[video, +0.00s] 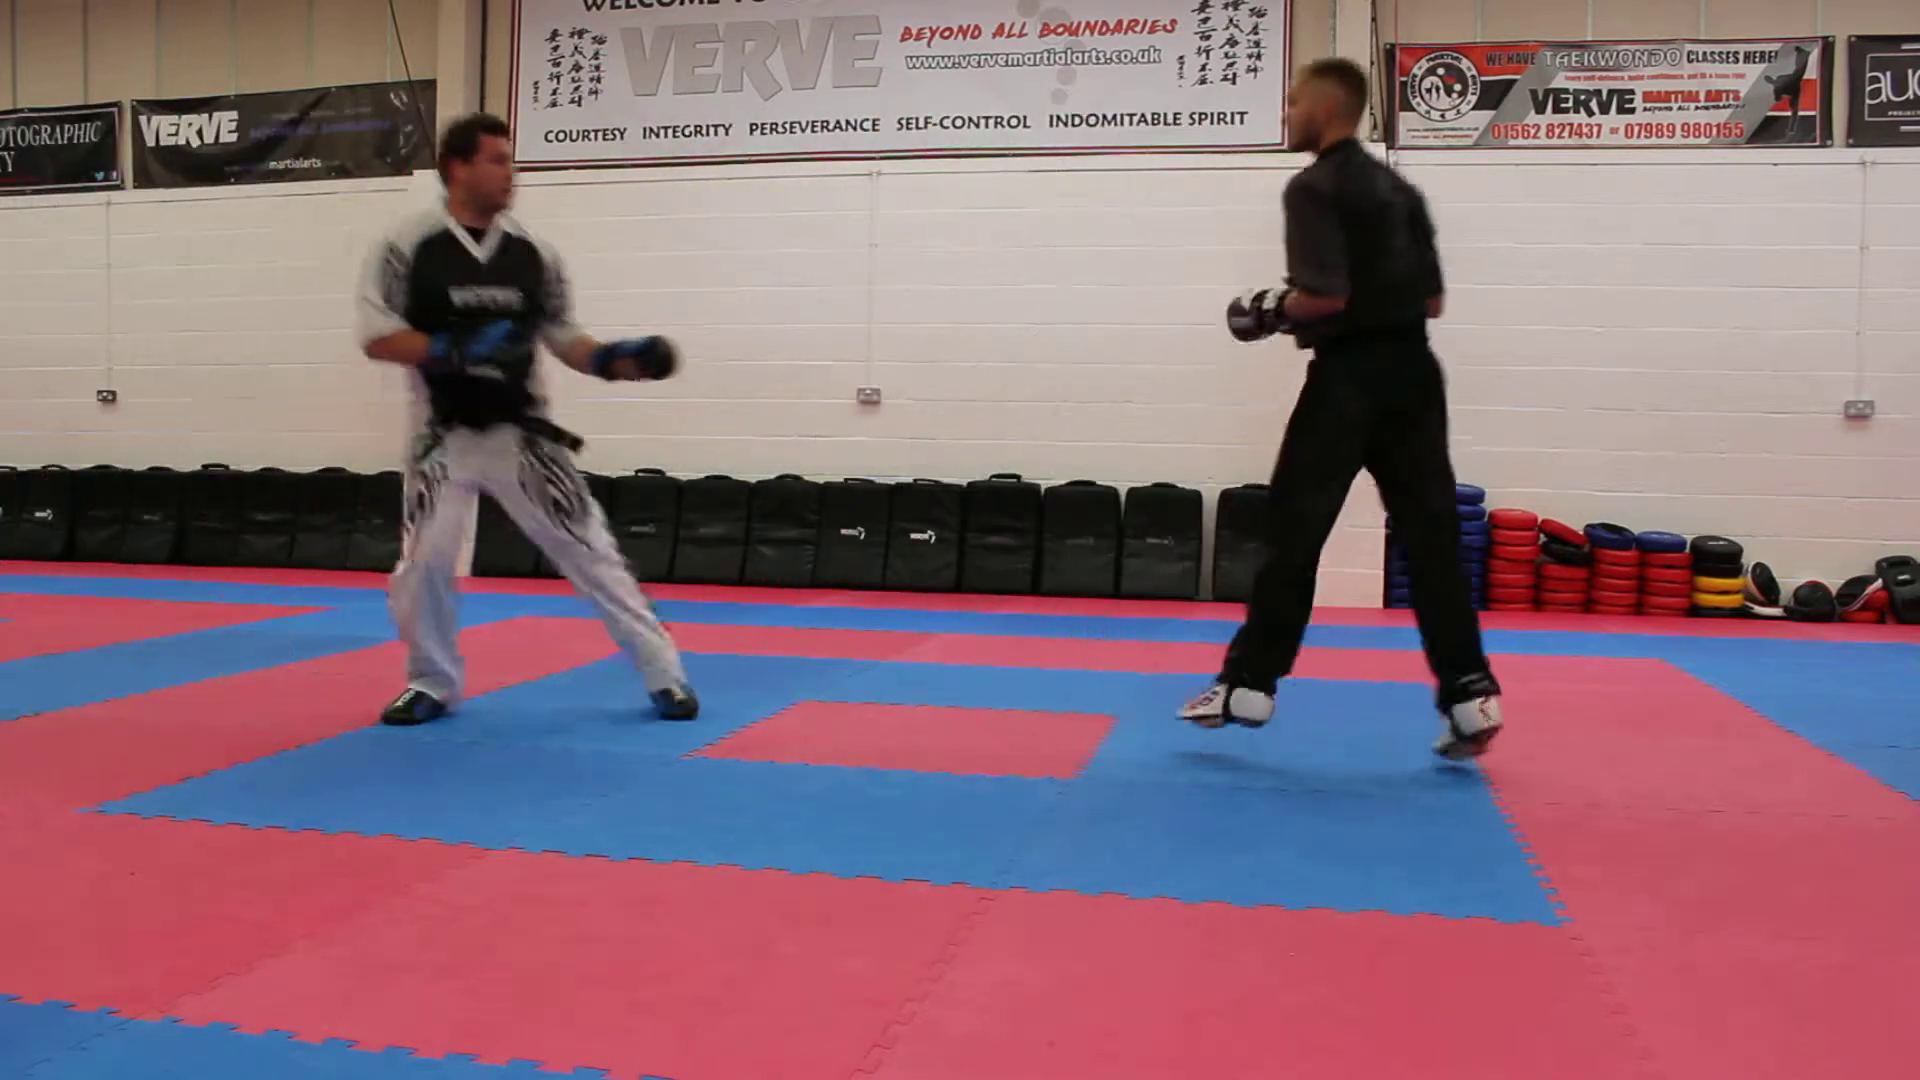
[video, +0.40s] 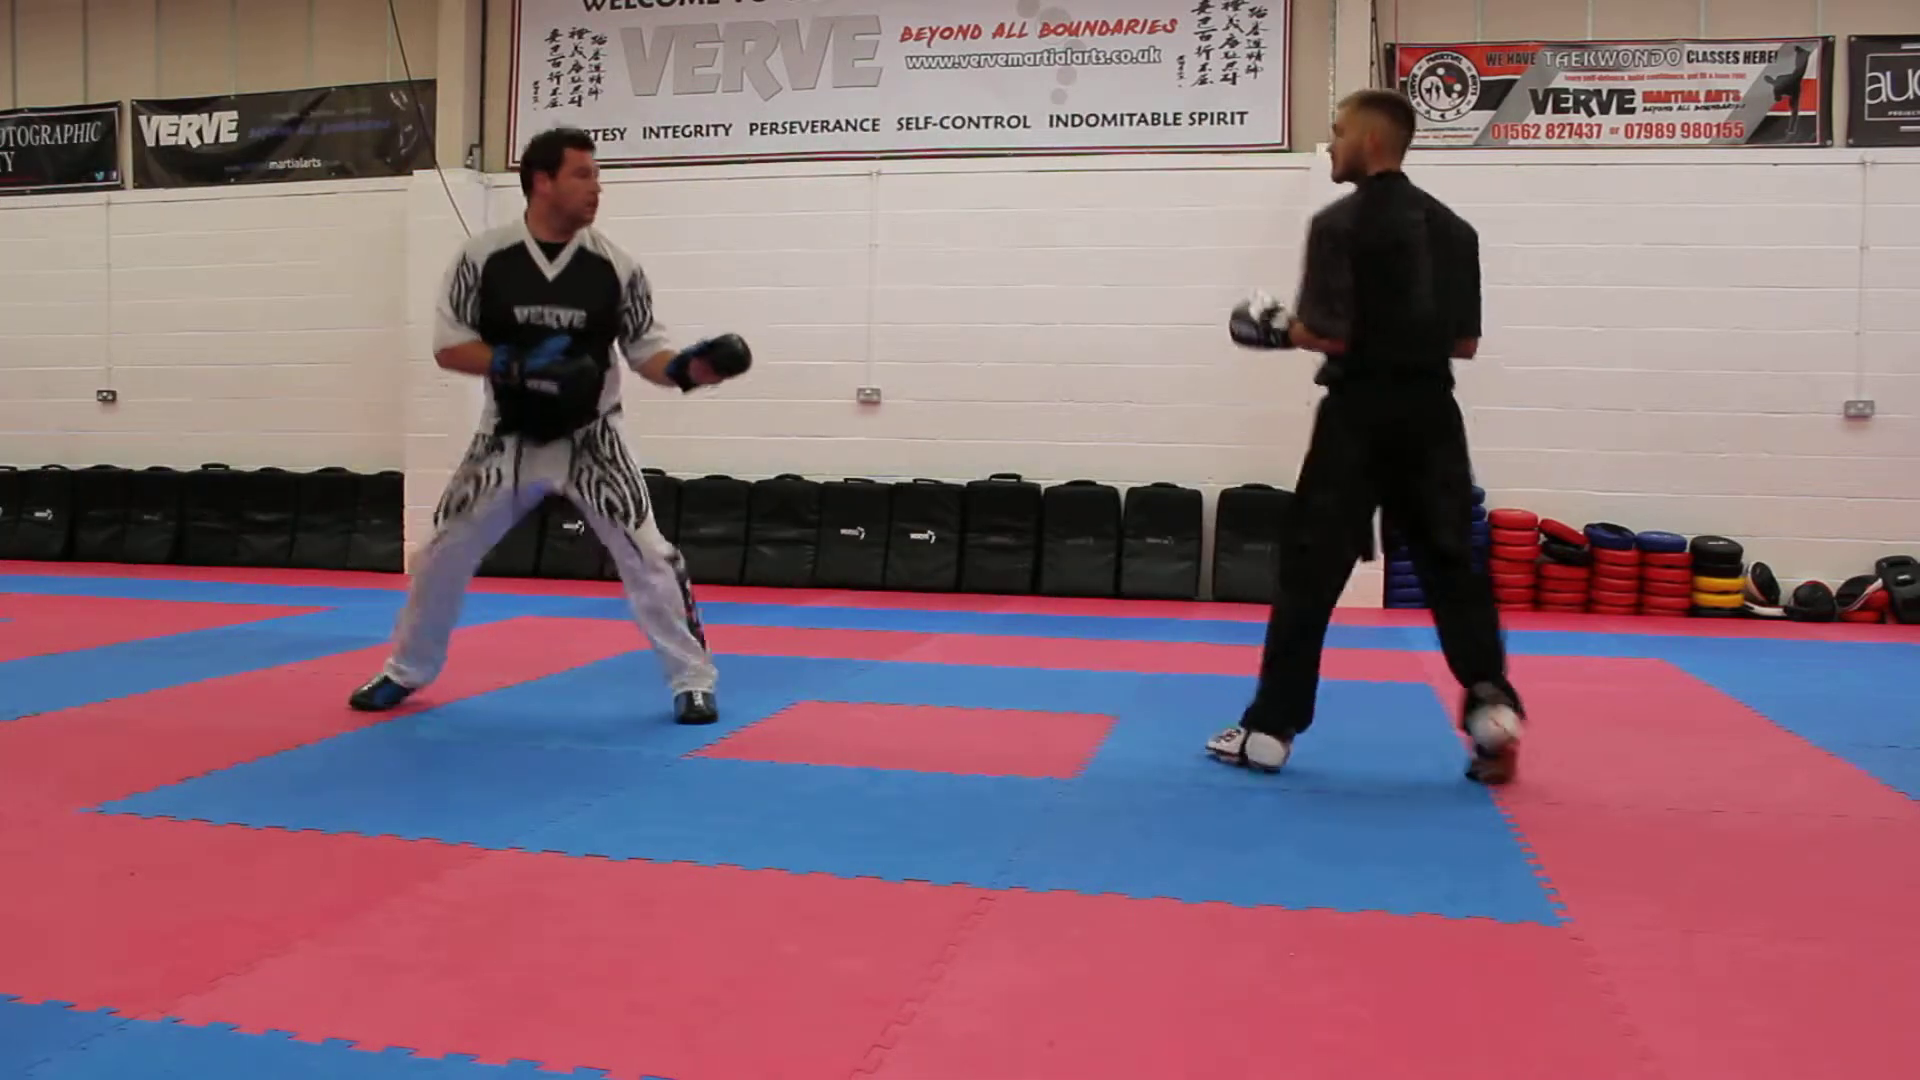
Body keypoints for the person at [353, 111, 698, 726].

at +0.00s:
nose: (511, 175)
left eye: (511, 163)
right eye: (498, 162)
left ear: (499, 171)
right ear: (456, 169)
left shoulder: (532, 257)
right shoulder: (406, 249)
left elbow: (563, 338)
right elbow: (376, 336)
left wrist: (614, 361)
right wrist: (454, 349)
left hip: (521, 435)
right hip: (444, 438)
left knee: (592, 555)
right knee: (425, 563)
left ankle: (665, 676)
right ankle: (431, 685)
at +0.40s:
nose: (597, 188)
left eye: (597, 176)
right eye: (584, 176)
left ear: (587, 182)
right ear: (541, 183)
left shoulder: (616, 269)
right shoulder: (482, 258)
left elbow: (645, 354)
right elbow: (449, 348)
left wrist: (685, 369)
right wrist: (516, 361)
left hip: (592, 440)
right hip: (507, 442)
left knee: (647, 555)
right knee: (441, 556)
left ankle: (692, 680)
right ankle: (406, 670)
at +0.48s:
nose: (599, 207)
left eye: (600, 195)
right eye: (586, 196)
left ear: (594, 201)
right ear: (544, 203)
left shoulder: (619, 288)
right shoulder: (485, 278)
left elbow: (647, 373)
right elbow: (454, 370)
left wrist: (685, 390)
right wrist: (520, 385)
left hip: (593, 459)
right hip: (508, 459)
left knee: (647, 566)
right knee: (443, 566)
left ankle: (689, 684)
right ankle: (413, 677)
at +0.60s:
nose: (600, 199)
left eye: (600, 188)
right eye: (587, 188)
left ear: (592, 195)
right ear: (544, 194)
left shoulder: (618, 278)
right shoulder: (483, 267)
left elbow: (644, 364)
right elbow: (451, 355)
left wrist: (682, 385)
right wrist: (514, 369)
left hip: (595, 448)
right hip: (509, 450)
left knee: (646, 555)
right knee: (446, 559)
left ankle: (691, 680)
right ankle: (412, 676)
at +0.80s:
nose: (598, 208)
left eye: (597, 196)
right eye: (585, 197)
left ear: (586, 204)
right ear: (540, 203)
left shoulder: (616, 284)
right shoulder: (483, 279)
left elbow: (655, 362)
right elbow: (452, 367)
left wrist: (692, 376)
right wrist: (506, 391)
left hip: (596, 453)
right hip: (514, 454)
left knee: (650, 563)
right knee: (441, 560)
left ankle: (696, 687)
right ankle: (400, 673)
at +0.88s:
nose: (579, 223)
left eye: (579, 212)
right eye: (566, 212)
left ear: (572, 219)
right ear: (525, 219)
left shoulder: (600, 298)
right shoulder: (475, 298)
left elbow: (645, 381)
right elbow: (447, 388)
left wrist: (681, 374)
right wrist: (493, 411)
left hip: (590, 462)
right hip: (510, 463)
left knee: (640, 568)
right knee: (430, 559)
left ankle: (694, 685)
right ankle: (406, 674)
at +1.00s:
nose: (524, 216)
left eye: (526, 204)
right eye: (512, 203)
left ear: (527, 210)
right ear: (474, 209)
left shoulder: (546, 285)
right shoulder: (430, 294)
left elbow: (602, 362)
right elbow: (405, 367)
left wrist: (595, 335)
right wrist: (433, 402)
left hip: (545, 449)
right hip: (472, 455)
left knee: (606, 561)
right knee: (391, 540)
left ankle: (692, 680)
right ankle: (403, 672)